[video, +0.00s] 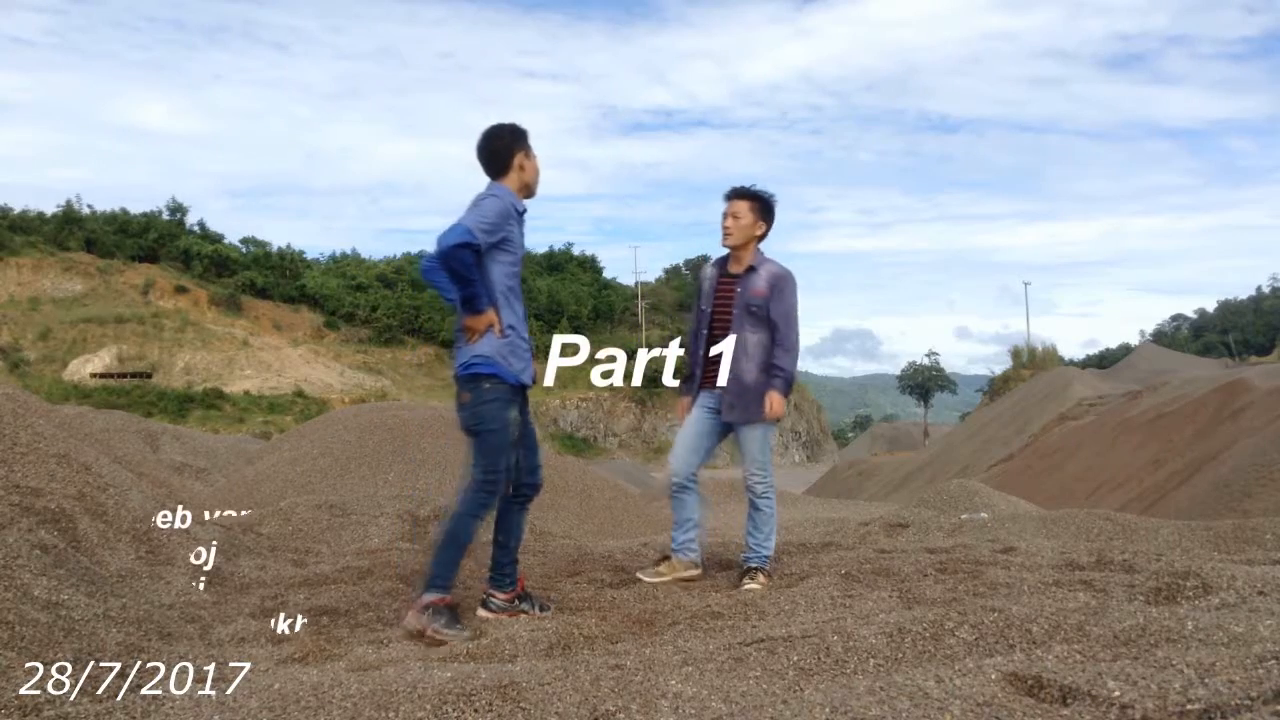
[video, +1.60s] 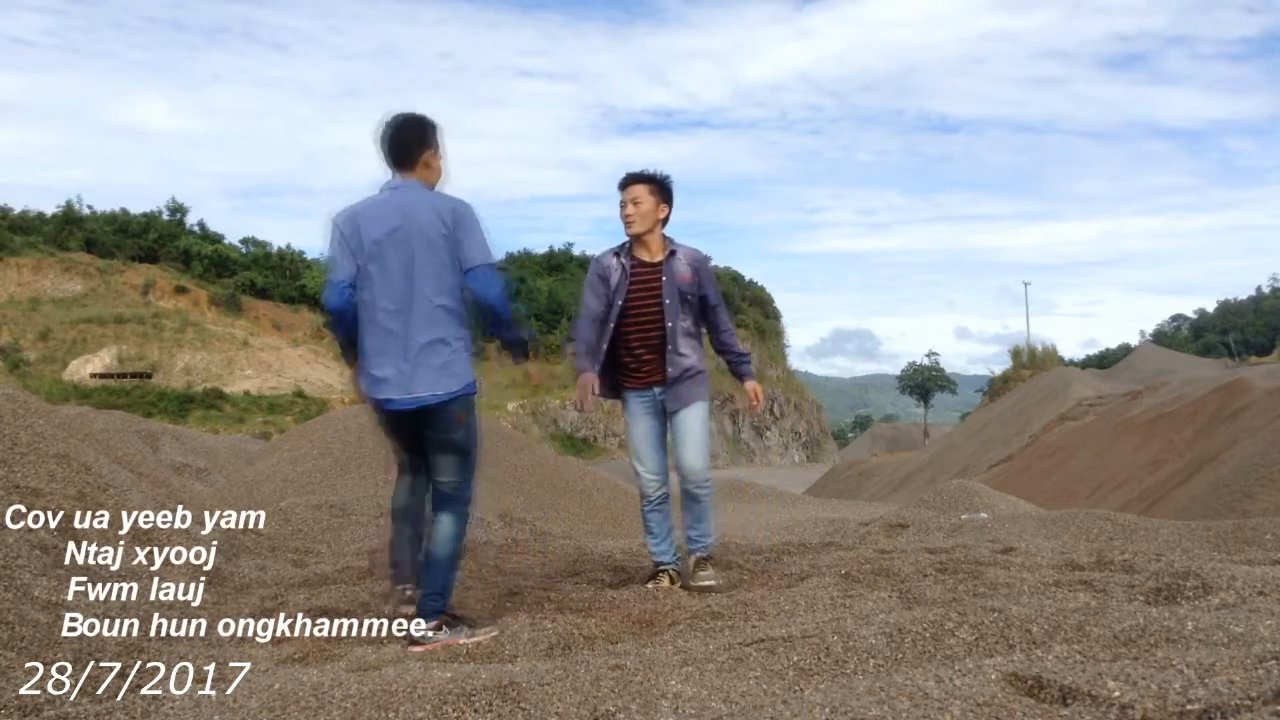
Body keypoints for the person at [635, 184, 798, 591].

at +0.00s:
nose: (726, 224)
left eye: (736, 218)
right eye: (725, 217)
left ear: (760, 228)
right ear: (725, 222)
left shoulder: (776, 278)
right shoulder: (711, 273)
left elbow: (787, 339)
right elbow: (698, 333)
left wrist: (779, 387)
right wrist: (689, 389)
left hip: (753, 397)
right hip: (710, 394)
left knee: (757, 481)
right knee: (680, 470)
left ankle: (756, 565)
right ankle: (685, 559)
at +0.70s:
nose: (704, 226)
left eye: (714, 220)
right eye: (703, 219)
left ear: (740, 227)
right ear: (702, 224)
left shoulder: (761, 281)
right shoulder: (689, 277)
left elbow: (782, 344)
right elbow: (672, 326)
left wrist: (786, 404)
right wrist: (652, 358)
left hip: (744, 402)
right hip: (696, 401)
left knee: (753, 485)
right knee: (673, 477)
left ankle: (757, 565)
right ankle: (675, 565)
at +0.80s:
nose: (692, 225)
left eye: (701, 218)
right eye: (691, 218)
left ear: (728, 227)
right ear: (692, 224)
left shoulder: (749, 280)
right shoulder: (674, 279)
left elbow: (771, 342)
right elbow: (648, 319)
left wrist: (773, 398)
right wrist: (619, 331)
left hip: (734, 402)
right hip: (684, 402)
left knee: (746, 486)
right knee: (667, 484)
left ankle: (755, 566)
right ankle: (676, 568)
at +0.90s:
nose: (677, 223)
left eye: (687, 216)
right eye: (677, 216)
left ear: (713, 225)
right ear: (677, 222)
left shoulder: (735, 277)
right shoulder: (657, 277)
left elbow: (755, 337)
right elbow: (620, 308)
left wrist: (756, 387)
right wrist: (587, 296)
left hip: (722, 401)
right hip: (672, 403)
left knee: (740, 485)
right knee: (659, 486)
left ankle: (756, 564)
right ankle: (675, 568)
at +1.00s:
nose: (661, 217)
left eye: (670, 210)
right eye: (659, 210)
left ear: (697, 218)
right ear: (658, 217)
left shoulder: (722, 273)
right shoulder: (637, 266)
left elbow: (742, 331)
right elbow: (590, 271)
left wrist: (739, 376)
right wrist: (548, 251)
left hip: (710, 397)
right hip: (660, 400)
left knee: (732, 480)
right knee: (658, 487)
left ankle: (754, 562)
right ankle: (675, 569)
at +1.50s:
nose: (624, 212)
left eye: (634, 203)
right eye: (621, 205)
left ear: (661, 210)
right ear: (619, 213)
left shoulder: (690, 262)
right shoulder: (606, 264)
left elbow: (718, 321)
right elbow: (568, 296)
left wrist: (744, 373)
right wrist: (540, 311)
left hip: (688, 383)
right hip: (639, 392)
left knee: (702, 467)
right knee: (652, 483)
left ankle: (717, 549)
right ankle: (666, 567)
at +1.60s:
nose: (626, 211)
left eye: (635, 203)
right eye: (623, 205)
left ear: (662, 210)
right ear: (621, 212)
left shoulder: (692, 263)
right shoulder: (607, 266)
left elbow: (720, 324)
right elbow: (587, 321)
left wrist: (745, 374)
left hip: (686, 386)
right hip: (637, 393)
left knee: (694, 473)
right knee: (651, 483)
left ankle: (701, 559)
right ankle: (665, 566)